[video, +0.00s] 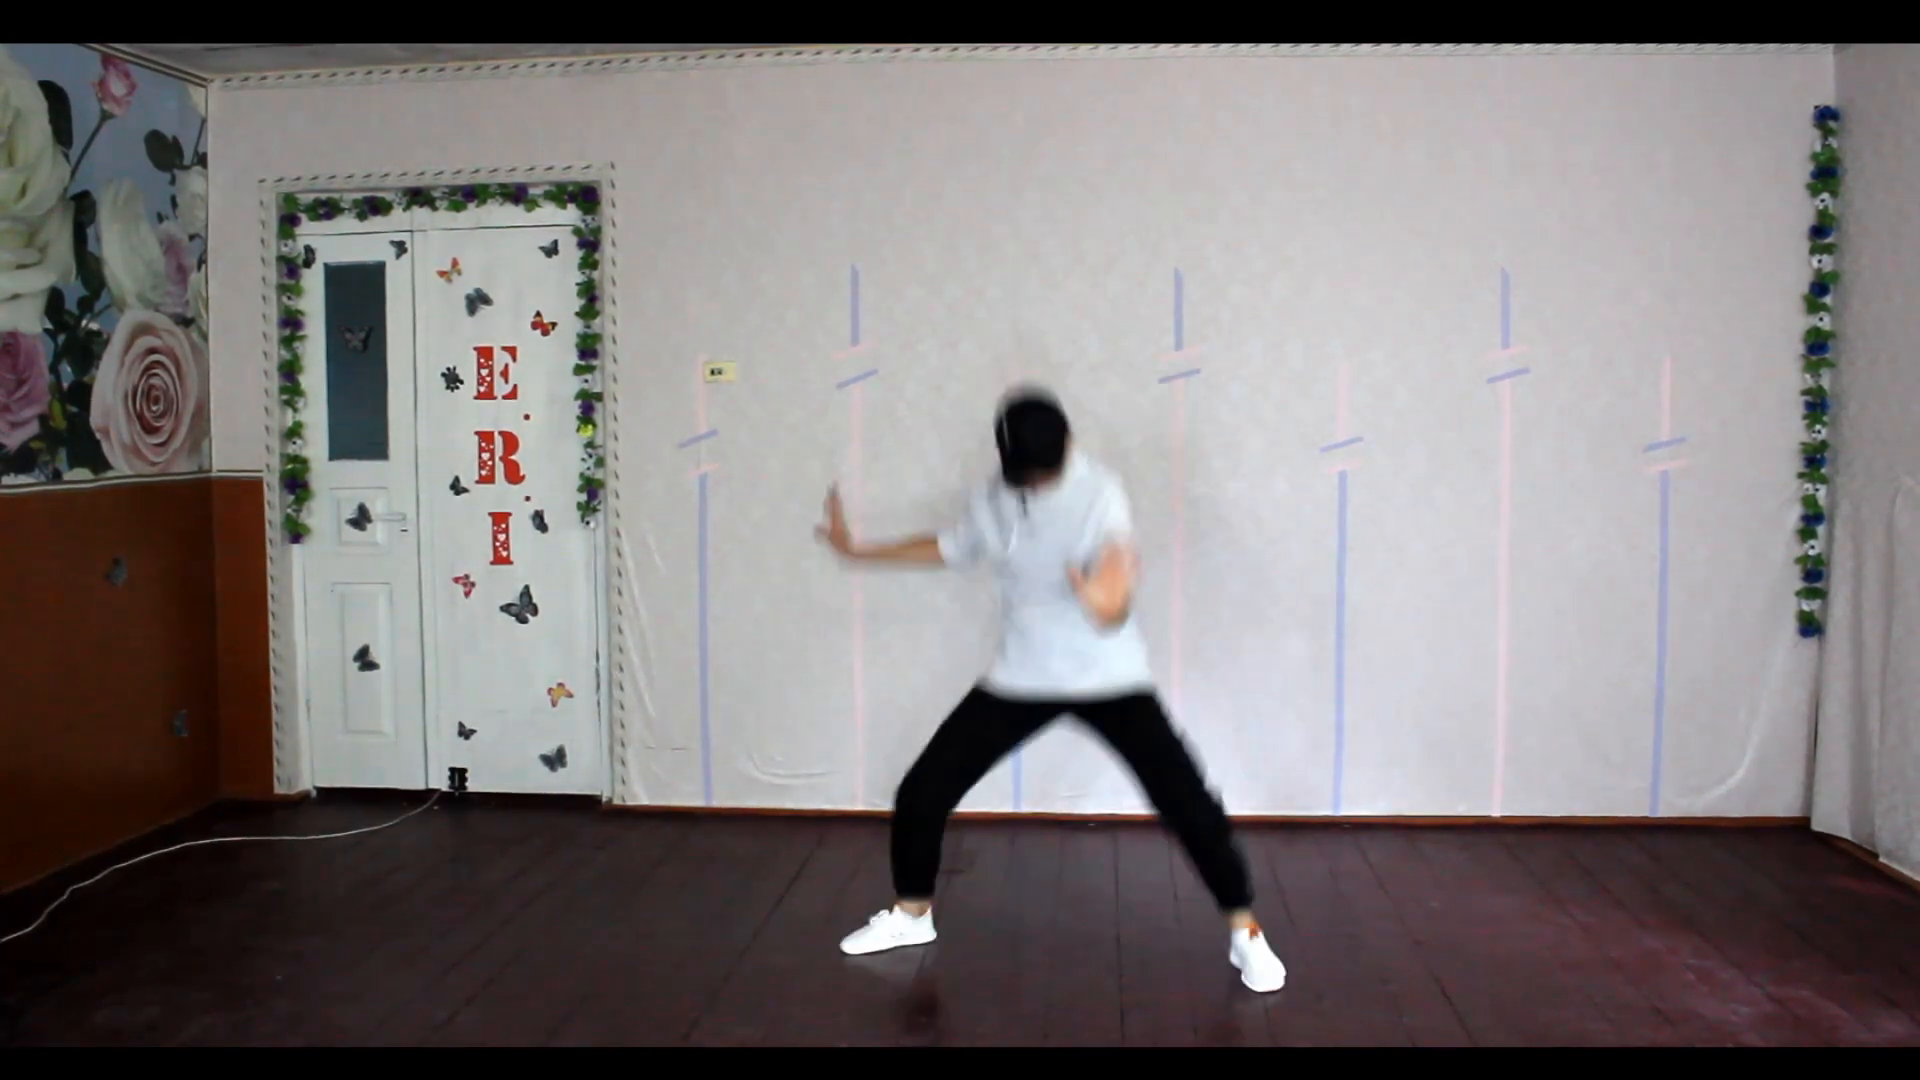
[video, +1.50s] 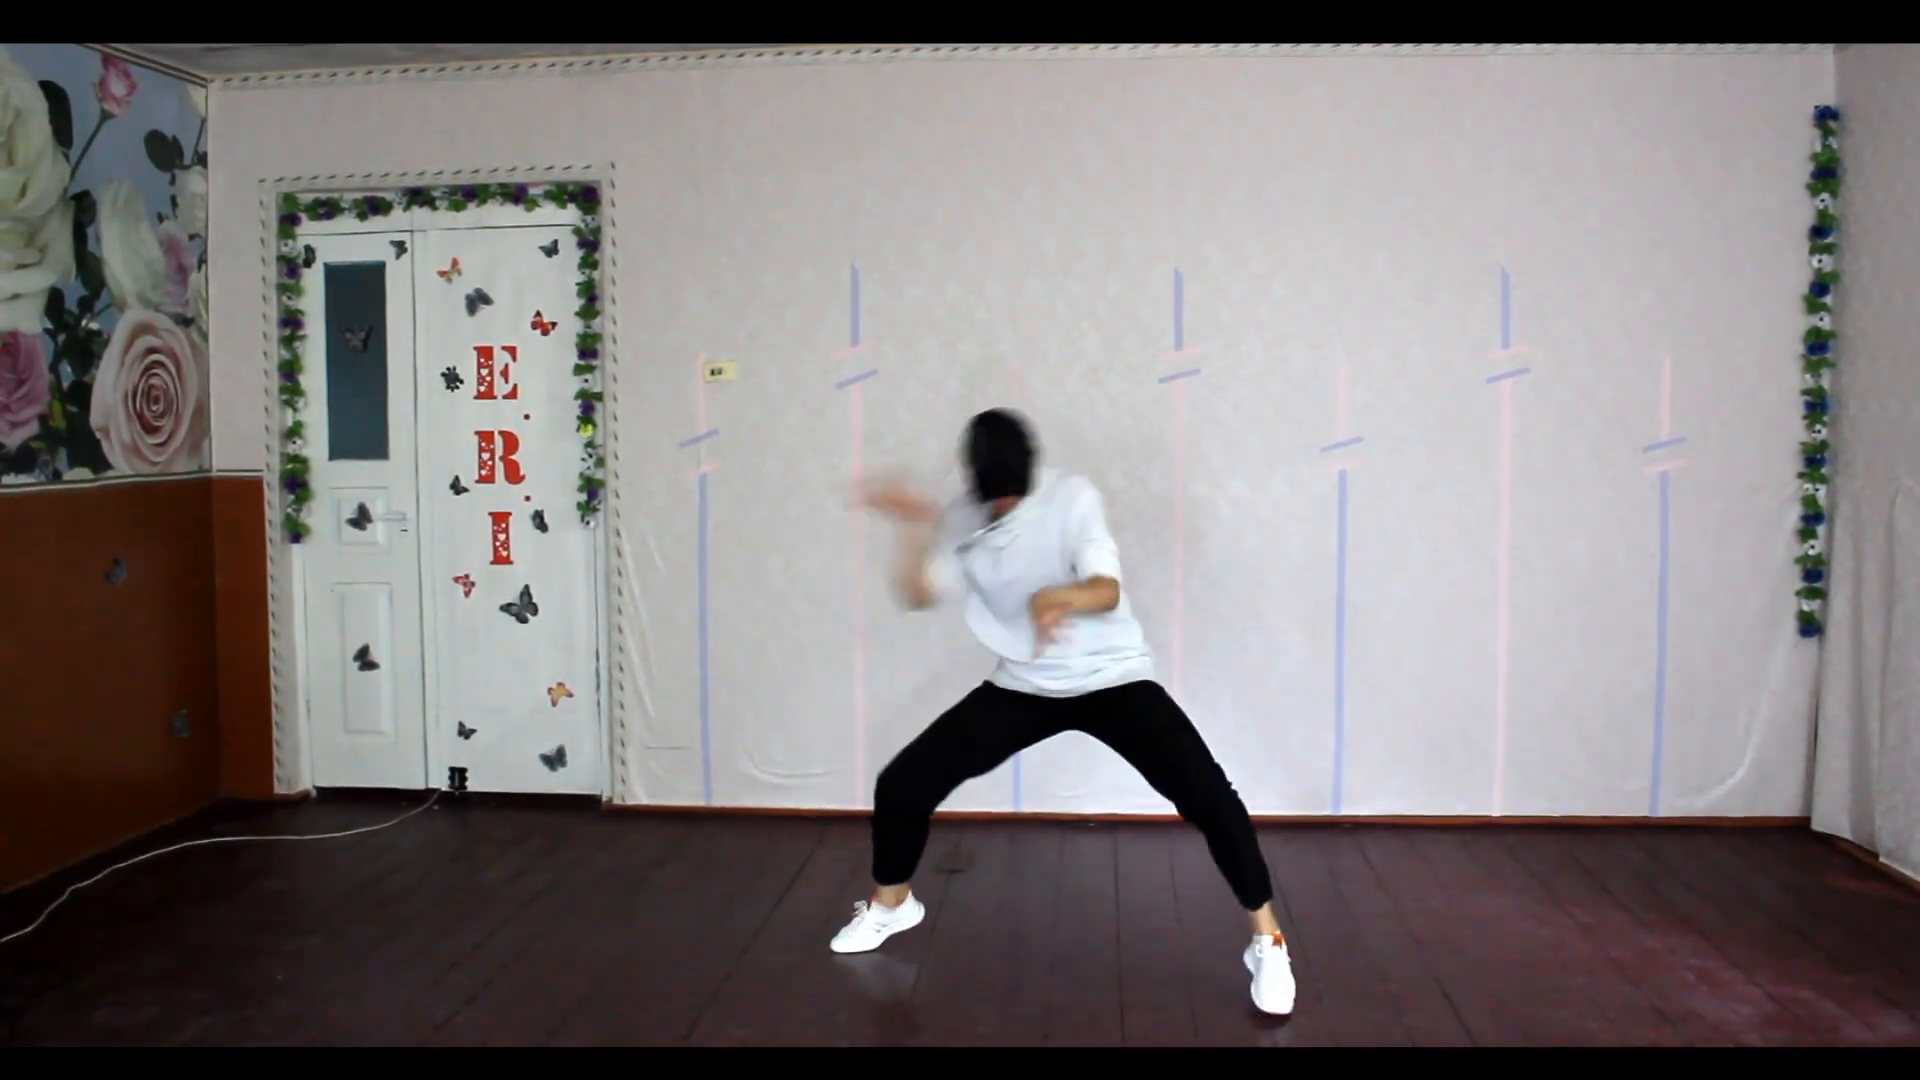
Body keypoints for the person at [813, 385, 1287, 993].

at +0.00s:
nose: (1036, 486)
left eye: (1045, 475)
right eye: (1025, 477)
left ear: (1064, 455)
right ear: (1006, 460)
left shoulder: (1099, 494)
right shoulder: (995, 500)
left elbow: (1116, 595)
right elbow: (949, 548)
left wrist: (1102, 599)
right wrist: (858, 552)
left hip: (1110, 680)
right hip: (1021, 680)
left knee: (1187, 801)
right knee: (922, 794)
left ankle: (1246, 931)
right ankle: (912, 913)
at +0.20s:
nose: (998, 534)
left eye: (1006, 524)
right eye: (986, 526)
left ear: (1023, 500)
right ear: (966, 506)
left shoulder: (1054, 516)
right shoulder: (943, 524)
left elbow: (1083, 596)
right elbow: (879, 526)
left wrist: (1064, 611)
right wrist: (808, 525)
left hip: (1088, 698)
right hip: (999, 696)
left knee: (1183, 803)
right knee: (871, 773)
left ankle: (1247, 920)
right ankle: (888, 896)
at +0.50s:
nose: (982, 527)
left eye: (991, 516)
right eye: (969, 519)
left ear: (1007, 486)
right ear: (947, 499)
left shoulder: (1045, 511)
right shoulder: (930, 522)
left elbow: (1090, 603)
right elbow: (877, 535)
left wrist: (1061, 611)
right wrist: (795, 537)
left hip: (1085, 682)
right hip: (996, 682)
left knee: (1174, 794)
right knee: (879, 775)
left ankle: (1237, 929)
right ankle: (896, 901)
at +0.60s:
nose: (1036, 536)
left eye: (1044, 526)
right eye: (1023, 529)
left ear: (1061, 498)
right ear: (998, 506)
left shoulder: (1087, 542)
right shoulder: (976, 528)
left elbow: (1098, 658)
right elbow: (947, 588)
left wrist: (1077, 663)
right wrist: (858, 613)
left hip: (1086, 711)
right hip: (996, 706)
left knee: (1162, 825)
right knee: (882, 798)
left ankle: (1238, 959)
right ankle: (904, 914)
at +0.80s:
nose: (998, 534)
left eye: (1006, 522)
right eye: (985, 526)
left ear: (1021, 494)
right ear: (962, 509)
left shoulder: (1054, 522)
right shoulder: (945, 539)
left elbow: (1098, 609)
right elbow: (895, 559)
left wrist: (1069, 599)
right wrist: (815, 561)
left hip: (1089, 698)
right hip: (999, 700)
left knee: (1191, 793)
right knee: (866, 773)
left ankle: (1249, 942)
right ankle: (881, 894)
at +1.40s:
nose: (971, 529)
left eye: (980, 515)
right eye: (959, 519)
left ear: (1002, 485)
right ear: (942, 502)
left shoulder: (1049, 508)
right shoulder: (943, 540)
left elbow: (1093, 571)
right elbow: (870, 586)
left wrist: (1085, 598)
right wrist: (832, 532)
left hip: (1108, 689)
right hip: (1017, 691)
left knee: (1196, 809)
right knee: (895, 784)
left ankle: (1264, 947)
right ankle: (891, 903)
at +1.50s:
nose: (997, 496)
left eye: (1005, 485)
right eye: (988, 486)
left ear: (1021, 472)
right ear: (975, 478)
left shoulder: (1072, 500)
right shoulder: (967, 532)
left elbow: (1106, 589)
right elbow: (917, 592)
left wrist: (1056, 599)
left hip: (1114, 684)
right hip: (1022, 688)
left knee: (1209, 797)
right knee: (902, 786)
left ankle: (1267, 939)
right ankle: (891, 904)